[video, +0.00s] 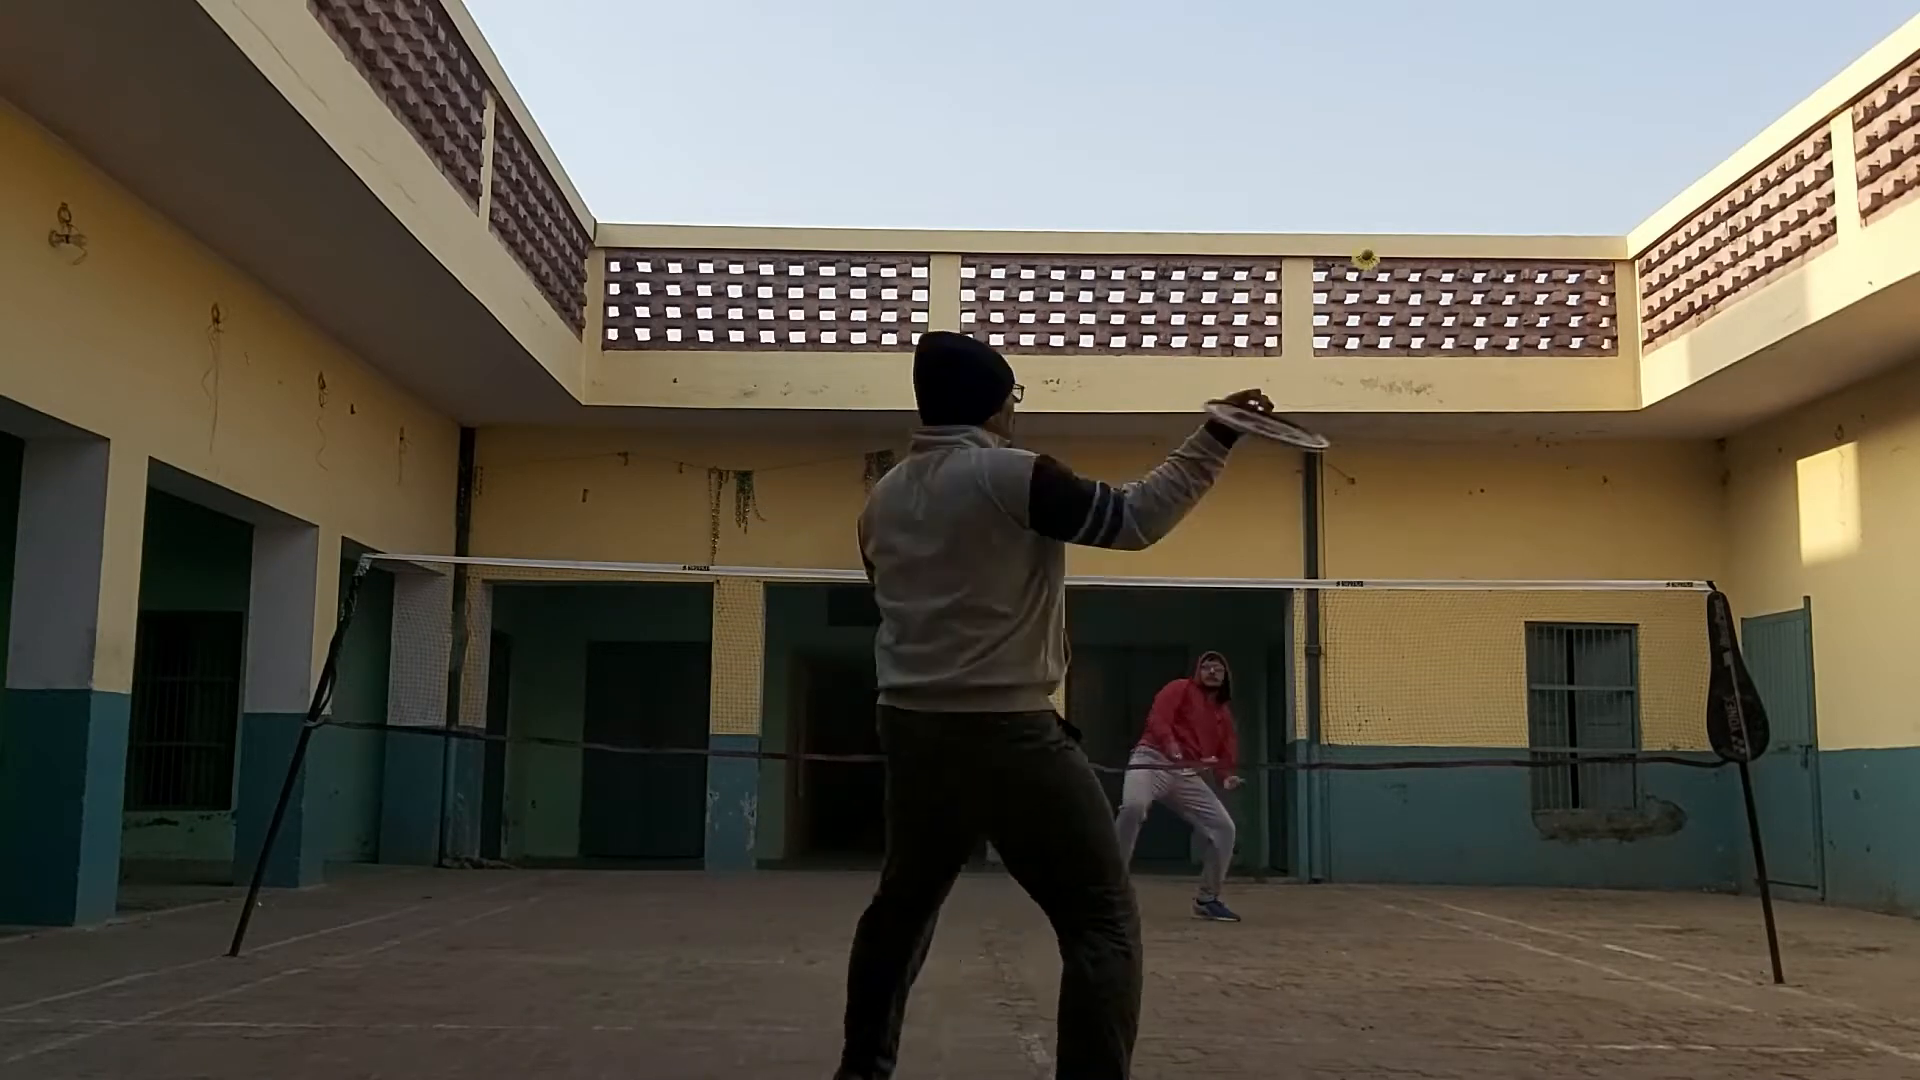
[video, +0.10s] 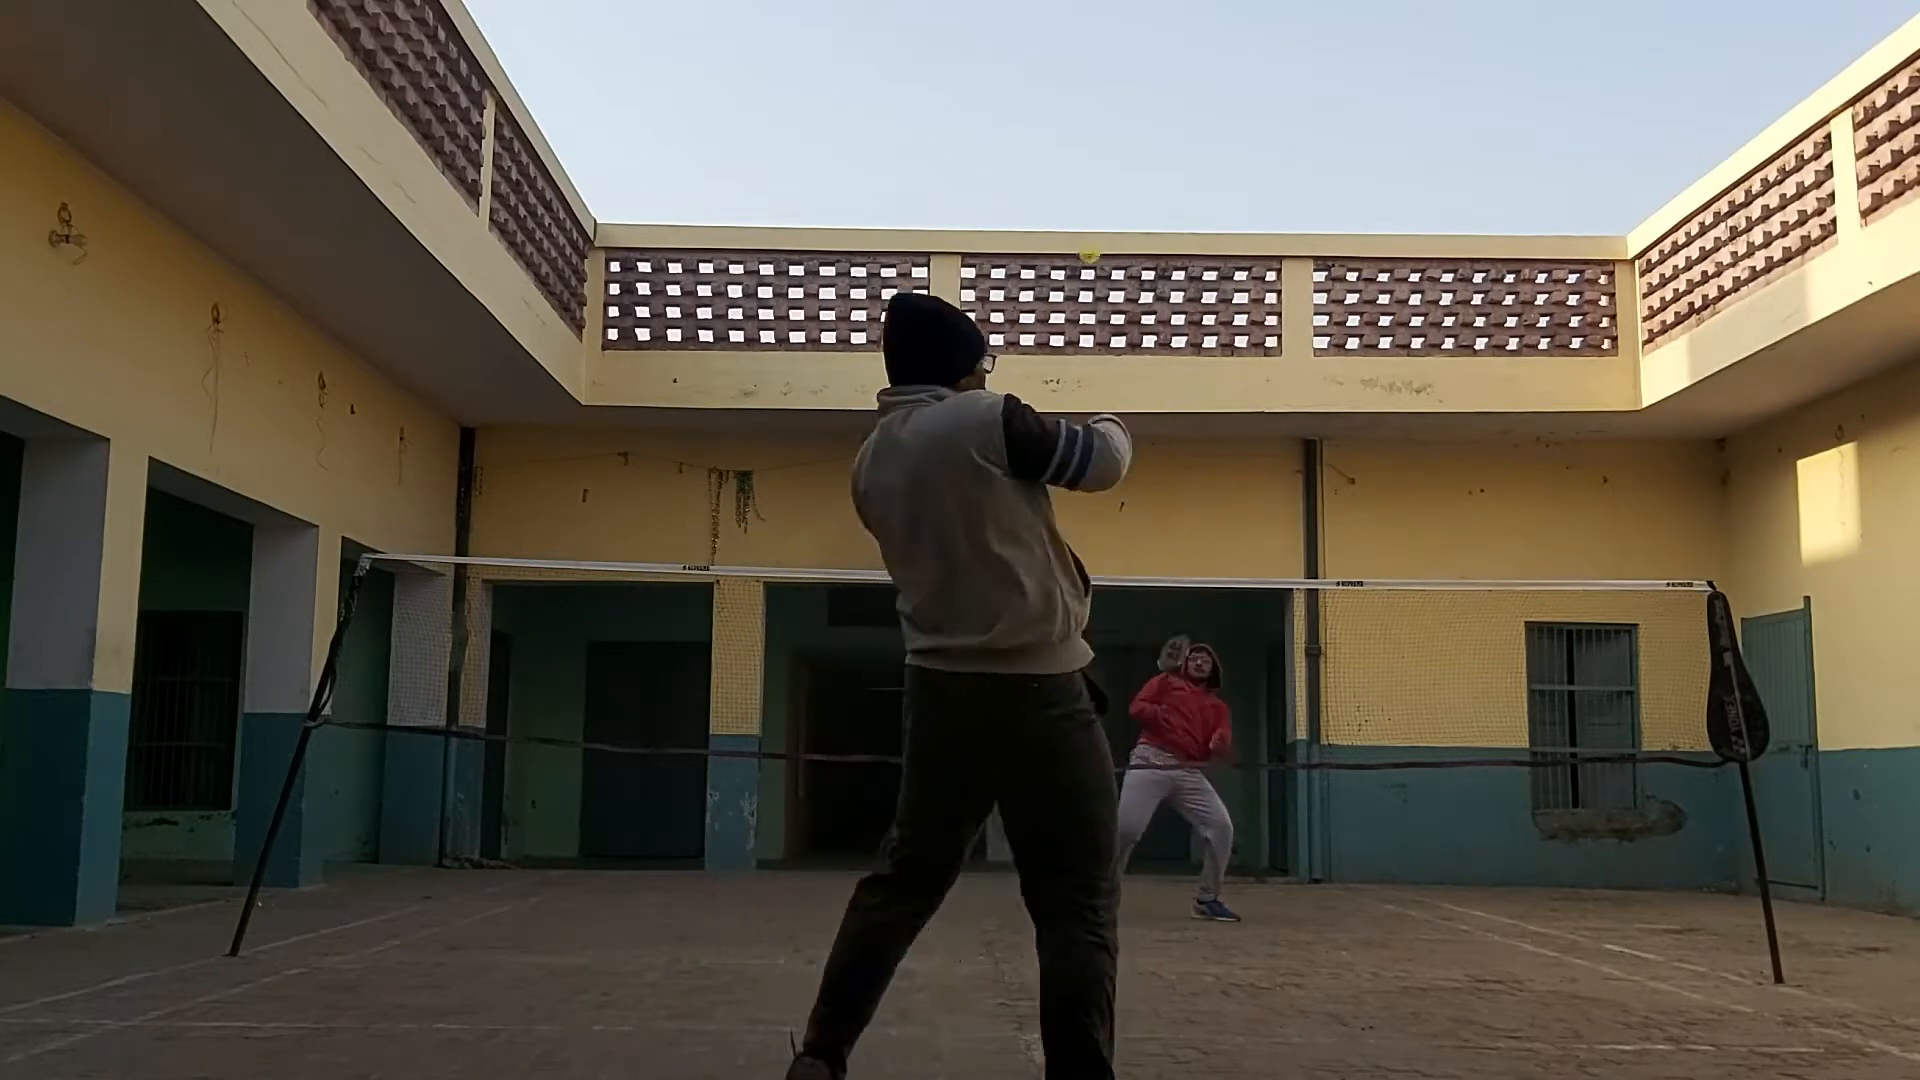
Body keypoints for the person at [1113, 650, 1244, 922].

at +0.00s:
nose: (1213, 671)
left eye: (1218, 668)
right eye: (1208, 667)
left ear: (1225, 676)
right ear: (1198, 672)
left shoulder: (1222, 714)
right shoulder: (1181, 687)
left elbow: (1226, 751)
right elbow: (1158, 719)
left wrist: (1227, 775)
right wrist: (1171, 748)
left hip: (1186, 774)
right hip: (1151, 760)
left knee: (1224, 828)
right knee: (1133, 808)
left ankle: (1207, 899)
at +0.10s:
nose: (1199, 663)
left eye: (1206, 660)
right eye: (1195, 658)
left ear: (1212, 669)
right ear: (1186, 662)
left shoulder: (1217, 706)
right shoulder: (1166, 681)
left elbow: (1222, 745)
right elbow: (1136, 707)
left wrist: (1218, 745)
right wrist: (1156, 713)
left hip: (1188, 771)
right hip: (1148, 765)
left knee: (1221, 827)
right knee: (1127, 830)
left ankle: (1207, 899)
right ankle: (1102, 899)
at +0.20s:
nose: (1180, 658)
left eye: (1185, 655)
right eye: (1174, 654)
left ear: (1195, 664)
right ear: (1166, 661)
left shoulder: (1205, 694)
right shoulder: (1148, 686)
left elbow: (1209, 724)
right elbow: (1121, 721)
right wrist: (1126, 703)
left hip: (1184, 773)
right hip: (1141, 770)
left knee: (1216, 825)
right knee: (1111, 831)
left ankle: (1207, 899)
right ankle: (1101, 903)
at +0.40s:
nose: (1125, 662)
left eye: (1131, 658)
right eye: (1121, 659)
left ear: (1142, 665)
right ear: (1116, 666)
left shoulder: (1152, 686)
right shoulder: (1114, 699)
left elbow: (1151, 703)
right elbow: (1114, 737)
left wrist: (1116, 690)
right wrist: (1101, 758)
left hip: (1146, 778)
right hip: (1110, 779)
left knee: (1177, 833)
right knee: (1091, 840)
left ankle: (1204, 897)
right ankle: (1143, 879)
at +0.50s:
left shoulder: (1118, 690)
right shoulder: (1085, 698)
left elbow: (1127, 731)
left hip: (1116, 771)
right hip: (1094, 772)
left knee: (1120, 831)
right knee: (1099, 844)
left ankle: (1163, 890)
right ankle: (1148, 889)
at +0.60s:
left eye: (1058, 664)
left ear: (1064, 667)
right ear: (1074, 666)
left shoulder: (1073, 683)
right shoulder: (1059, 686)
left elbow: (1108, 702)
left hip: (1088, 765)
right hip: (1090, 767)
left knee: (1050, 814)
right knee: (1103, 841)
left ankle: (1082, 878)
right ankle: (1151, 890)